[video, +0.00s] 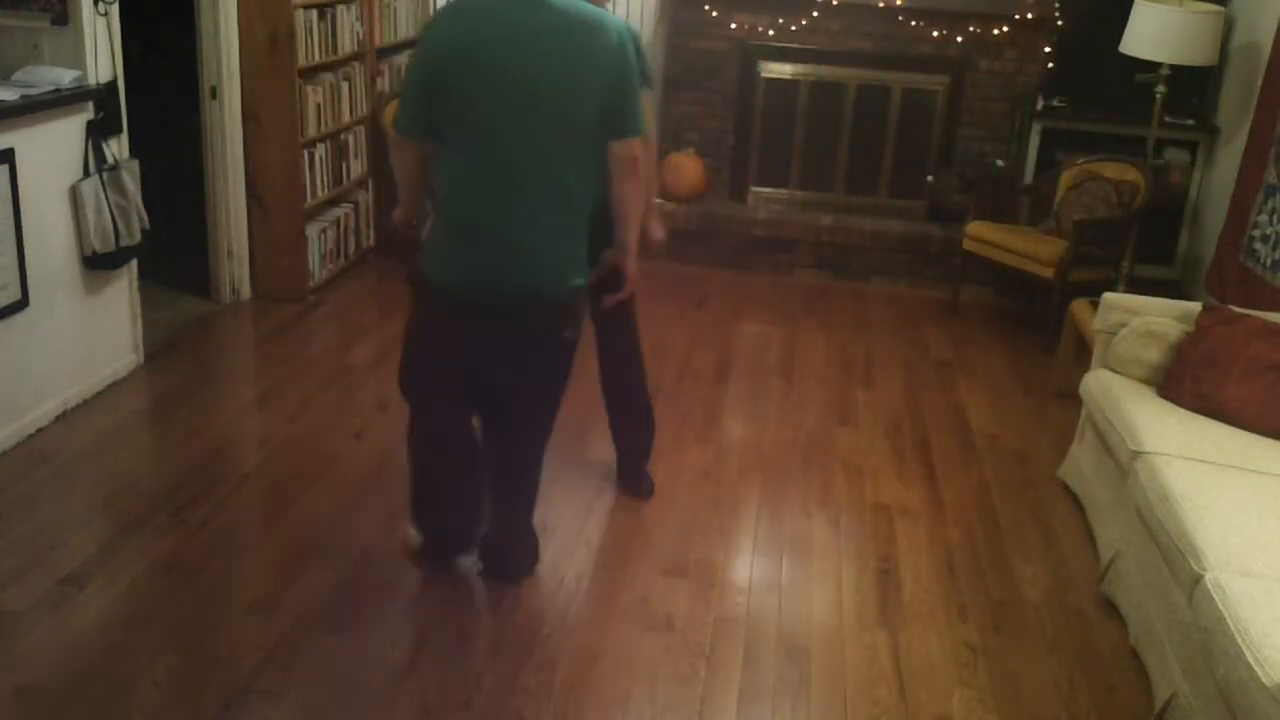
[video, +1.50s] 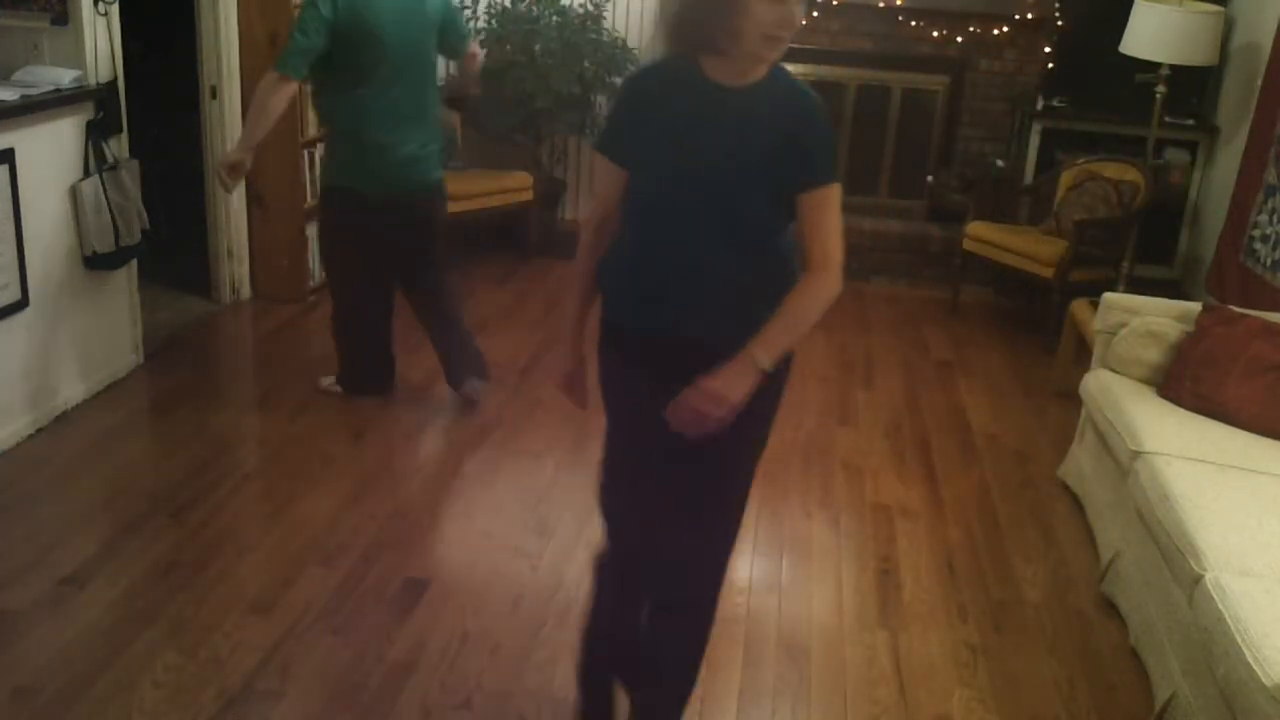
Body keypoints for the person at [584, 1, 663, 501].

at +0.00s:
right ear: (598, 10)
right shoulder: (619, 40)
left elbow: (643, 139)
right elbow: (642, 139)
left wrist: (649, 211)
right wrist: (649, 210)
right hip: (603, 210)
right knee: (619, 339)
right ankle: (634, 466)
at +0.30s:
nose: (633, 1)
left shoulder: (677, 45)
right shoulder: (569, 38)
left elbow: (712, 147)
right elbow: (549, 138)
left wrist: (708, 239)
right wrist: (551, 223)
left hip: (655, 226)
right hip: (586, 222)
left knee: (650, 347)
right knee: (586, 346)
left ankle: (642, 458)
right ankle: (588, 458)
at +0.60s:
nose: (650, 6)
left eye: (660, 0)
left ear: (673, 3)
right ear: (617, 2)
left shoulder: (693, 65)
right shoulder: (583, 57)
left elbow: (714, 189)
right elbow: (570, 151)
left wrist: (661, 274)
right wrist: (557, 211)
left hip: (664, 254)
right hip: (590, 249)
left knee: (652, 377)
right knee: (594, 392)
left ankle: (642, 474)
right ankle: (597, 536)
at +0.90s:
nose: (674, 3)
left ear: (695, 4)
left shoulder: (710, 74)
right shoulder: (589, 55)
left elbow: (722, 204)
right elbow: (557, 155)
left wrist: (654, 292)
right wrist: (546, 239)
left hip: (671, 268)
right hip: (586, 258)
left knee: (657, 407)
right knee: (592, 405)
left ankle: (641, 538)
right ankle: (596, 548)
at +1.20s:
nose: (730, 11)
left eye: (736, 2)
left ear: (740, 14)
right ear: (670, 3)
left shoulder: (742, 99)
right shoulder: (608, 79)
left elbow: (763, 247)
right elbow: (563, 195)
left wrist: (676, 328)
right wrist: (536, 290)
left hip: (699, 317)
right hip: (601, 304)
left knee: (669, 495)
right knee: (595, 448)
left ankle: (649, 682)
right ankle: (593, 556)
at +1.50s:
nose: (791, 18)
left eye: (799, 5)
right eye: (774, 0)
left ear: (803, 16)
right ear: (723, 5)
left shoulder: (797, 111)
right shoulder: (649, 90)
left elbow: (824, 273)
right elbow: (599, 221)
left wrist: (744, 369)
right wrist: (572, 338)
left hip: (744, 353)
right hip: (639, 339)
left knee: (700, 549)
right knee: (631, 533)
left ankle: (660, 703)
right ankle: (600, 681)